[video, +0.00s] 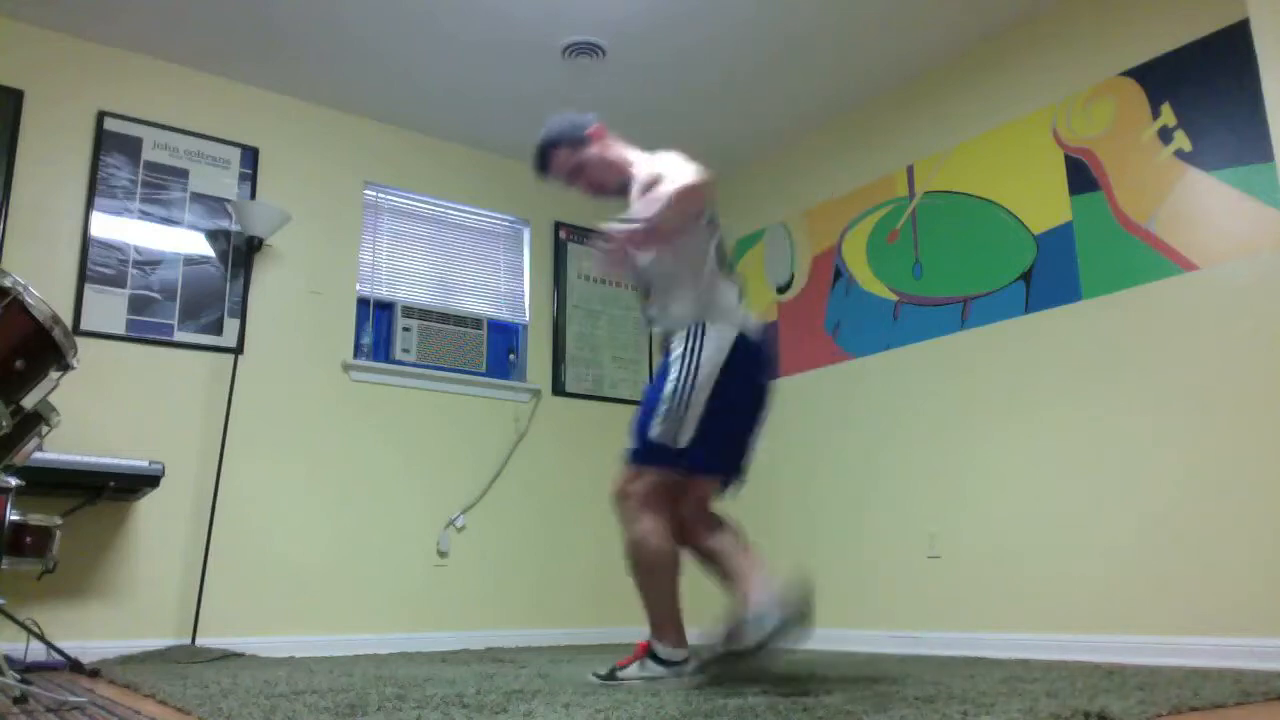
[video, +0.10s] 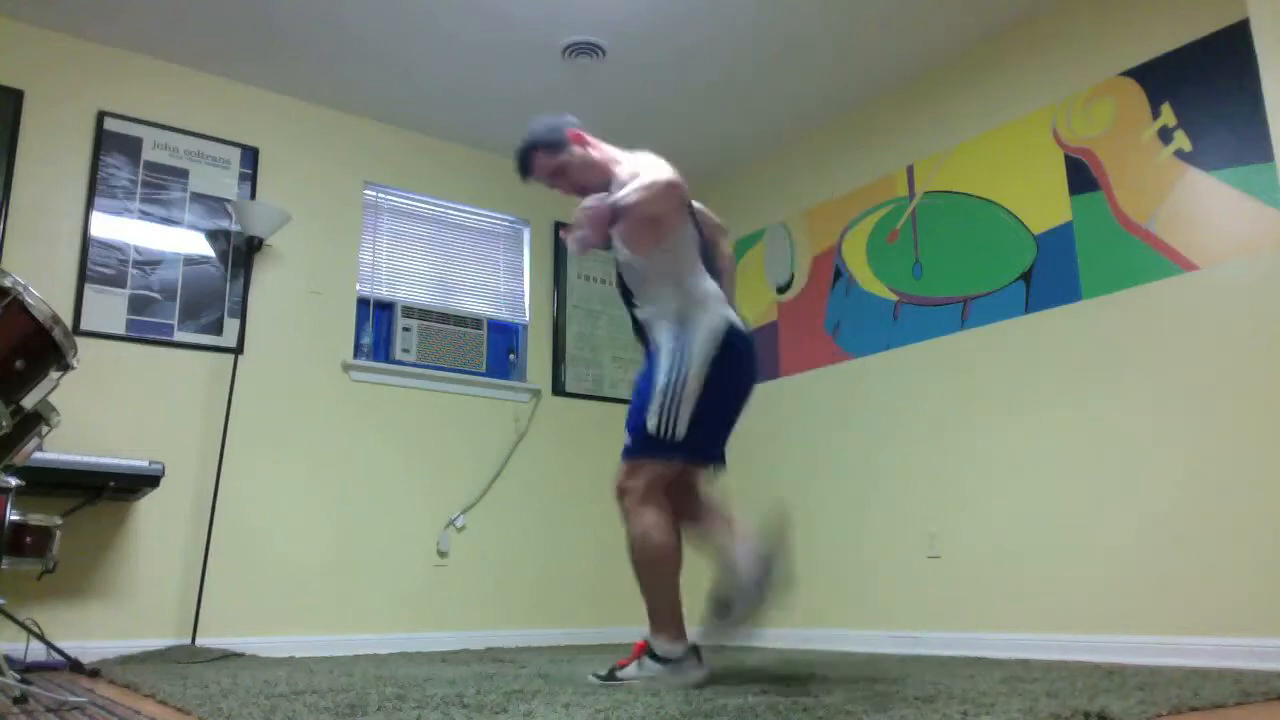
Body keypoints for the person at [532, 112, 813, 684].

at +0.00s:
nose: (582, 185)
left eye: (576, 170)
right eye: (572, 182)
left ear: (596, 137)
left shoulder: (656, 164)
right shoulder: (643, 198)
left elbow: (693, 185)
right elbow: (677, 268)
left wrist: (640, 231)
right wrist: (628, 266)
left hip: (709, 340)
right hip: (729, 344)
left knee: (640, 494)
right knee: (686, 507)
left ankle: (668, 650)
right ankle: (763, 603)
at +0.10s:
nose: (563, 188)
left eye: (559, 175)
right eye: (554, 184)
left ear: (578, 141)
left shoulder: (632, 167)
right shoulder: (631, 185)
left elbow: (667, 186)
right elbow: (715, 233)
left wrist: (609, 211)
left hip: (695, 343)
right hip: (700, 340)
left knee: (639, 490)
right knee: (675, 488)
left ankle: (670, 649)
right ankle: (745, 558)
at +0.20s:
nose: (560, 174)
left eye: (554, 160)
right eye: (550, 171)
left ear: (572, 125)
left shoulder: (625, 147)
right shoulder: (613, 182)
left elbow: (669, 159)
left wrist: (661, 195)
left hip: (677, 310)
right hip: (716, 317)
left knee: (621, 469)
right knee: (695, 481)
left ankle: (661, 618)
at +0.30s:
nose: (562, 173)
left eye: (557, 157)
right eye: (549, 172)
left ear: (574, 126)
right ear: (548, 175)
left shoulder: (621, 154)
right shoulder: (611, 191)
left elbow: (674, 159)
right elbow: (662, 247)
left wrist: (671, 193)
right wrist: (623, 273)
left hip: (665, 320)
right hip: (719, 318)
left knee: (632, 483)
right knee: (698, 487)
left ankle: (671, 633)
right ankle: (711, 376)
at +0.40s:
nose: (558, 196)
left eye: (552, 180)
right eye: (546, 197)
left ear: (568, 149)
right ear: (546, 202)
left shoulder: (621, 174)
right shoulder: (607, 223)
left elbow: (653, 181)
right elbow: (620, 318)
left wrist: (629, 214)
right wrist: (612, 278)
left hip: (682, 338)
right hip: (726, 346)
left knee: (654, 504)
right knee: (699, 503)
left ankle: (679, 648)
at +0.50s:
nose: (547, 210)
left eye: (540, 196)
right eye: (535, 213)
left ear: (549, 164)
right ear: (531, 215)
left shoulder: (601, 183)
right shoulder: (608, 212)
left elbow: (639, 191)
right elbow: (705, 258)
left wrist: (593, 227)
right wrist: (723, 289)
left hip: (685, 335)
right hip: (723, 332)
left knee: (670, 498)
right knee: (740, 489)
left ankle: (680, 648)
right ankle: (840, 525)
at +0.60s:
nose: (547, 203)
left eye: (540, 189)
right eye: (536, 205)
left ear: (548, 160)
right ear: (530, 212)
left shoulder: (592, 179)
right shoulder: (604, 196)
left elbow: (650, 185)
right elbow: (680, 210)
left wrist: (618, 216)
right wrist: (728, 254)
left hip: (668, 325)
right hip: (723, 319)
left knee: (660, 493)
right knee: (775, 464)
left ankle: (682, 645)